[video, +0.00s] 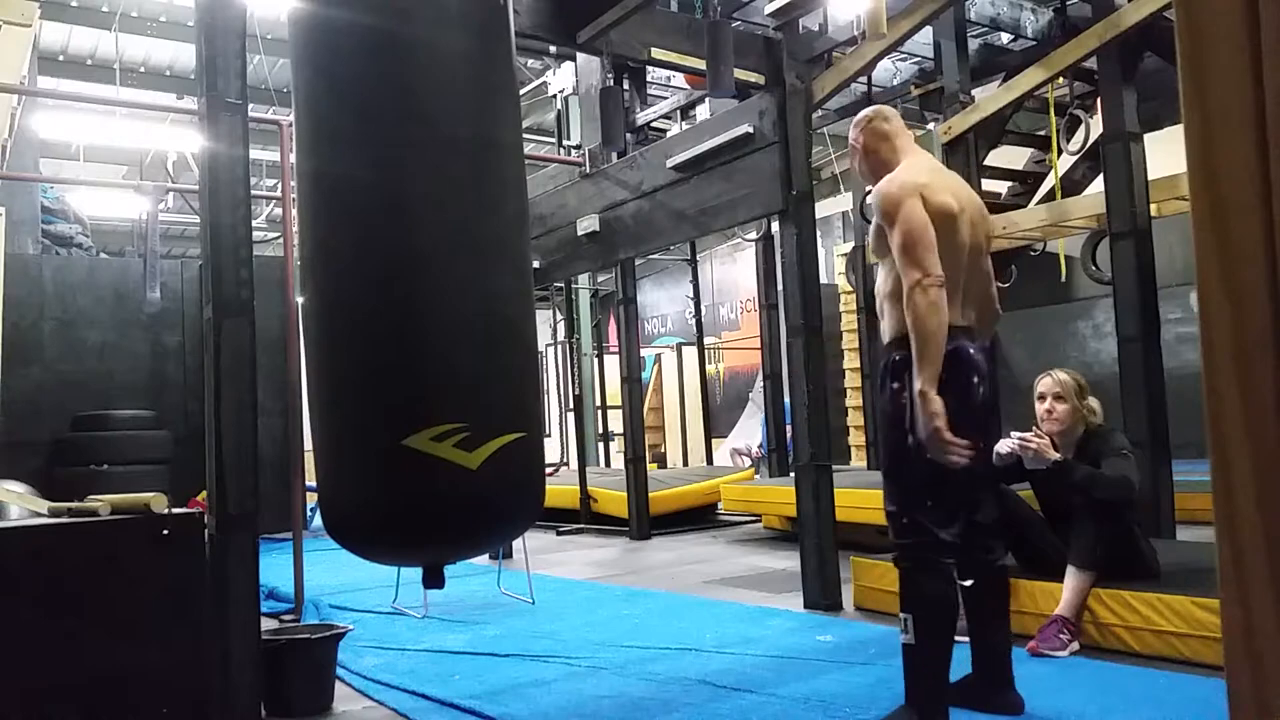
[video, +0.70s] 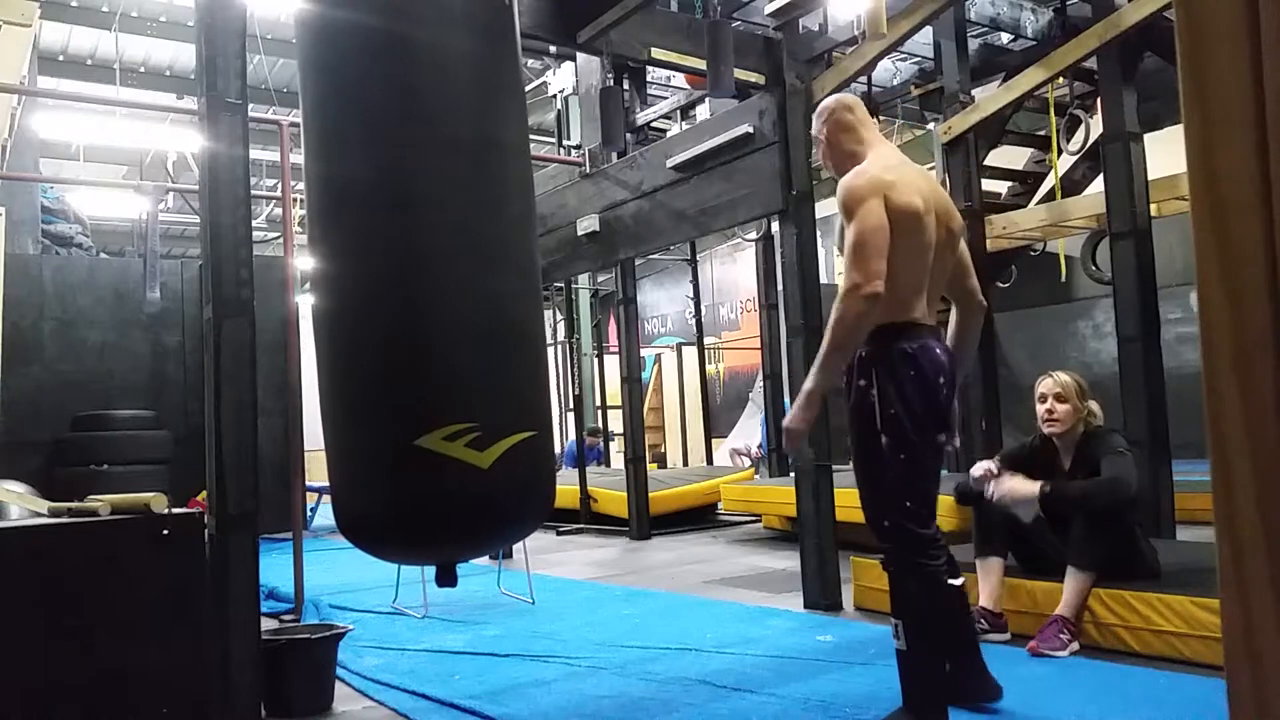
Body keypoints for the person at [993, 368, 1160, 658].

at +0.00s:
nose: (1048, 407)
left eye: (1059, 399)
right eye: (1041, 399)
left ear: (1081, 407)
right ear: (1034, 407)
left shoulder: (1107, 441)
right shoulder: (1034, 448)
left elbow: (1124, 487)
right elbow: (994, 475)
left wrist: (1055, 461)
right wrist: (998, 457)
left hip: (1122, 562)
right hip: (1061, 560)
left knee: (1093, 500)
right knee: (994, 495)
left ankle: (1065, 619)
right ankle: (980, 612)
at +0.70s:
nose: (1049, 407)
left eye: (1060, 399)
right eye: (1042, 400)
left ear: (1081, 408)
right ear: (1035, 409)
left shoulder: (1106, 442)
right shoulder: (1034, 450)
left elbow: (1120, 488)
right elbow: (964, 494)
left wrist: (1038, 490)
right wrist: (977, 481)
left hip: (1120, 560)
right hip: (1059, 557)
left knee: (1093, 501)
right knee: (988, 499)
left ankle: (1065, 620)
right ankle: (989, 612)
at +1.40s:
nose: (1025, 408)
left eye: (1034, 401)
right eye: (1026, 400)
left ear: (1063, 407)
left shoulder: (1106, 442)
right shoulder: (1033, 447)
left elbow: (1107, 488)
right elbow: (969, 482)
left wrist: (1032, 516)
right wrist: (1000, 505)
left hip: (1118, 559)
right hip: (1056, 556)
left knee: (1095, 505)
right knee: (990, 498)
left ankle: (1064, 620)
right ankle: (989, 612)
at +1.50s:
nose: (1022, 407)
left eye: (1032, 400)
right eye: (1025, 399)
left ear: (1061, 406)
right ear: (1054, 407)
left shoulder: (1105, 443)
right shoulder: (1033, 448)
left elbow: (1107, 489)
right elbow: (969, 485)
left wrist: (1032, 519)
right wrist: (1000, 508)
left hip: (1118, 558)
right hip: (1058, 555)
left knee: (1095, 506)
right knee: (993, 496)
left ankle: (1063, 621)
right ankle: (991, 613)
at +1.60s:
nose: (1022, 407)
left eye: (1031, 399)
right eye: (1024, 399)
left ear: (1061, 406)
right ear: (1054, 407)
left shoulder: (1104, 442)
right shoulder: (1033, 448)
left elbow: (1106, 489)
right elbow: (969, 487)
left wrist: (1033, 525)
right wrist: (999, 514)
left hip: (1119, 558)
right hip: (1060, 555)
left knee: (1096, 505)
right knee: (993, 496)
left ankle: (1063, 620)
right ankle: (990, 613)